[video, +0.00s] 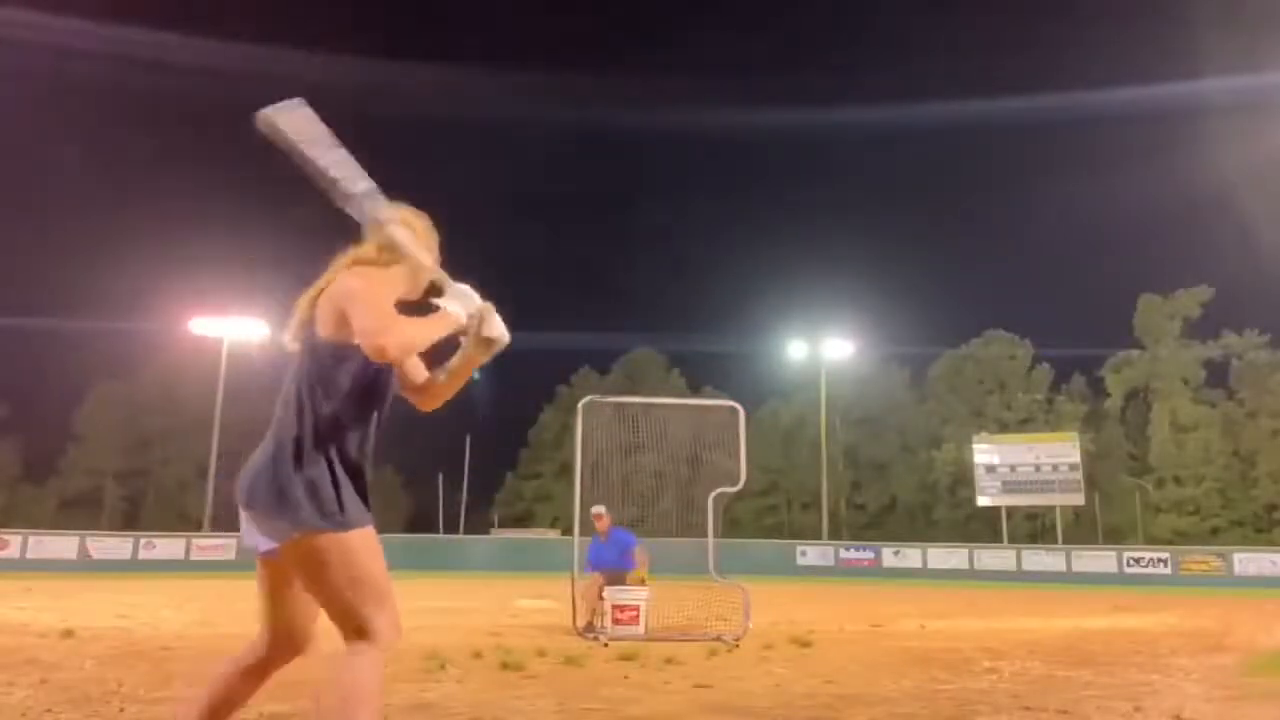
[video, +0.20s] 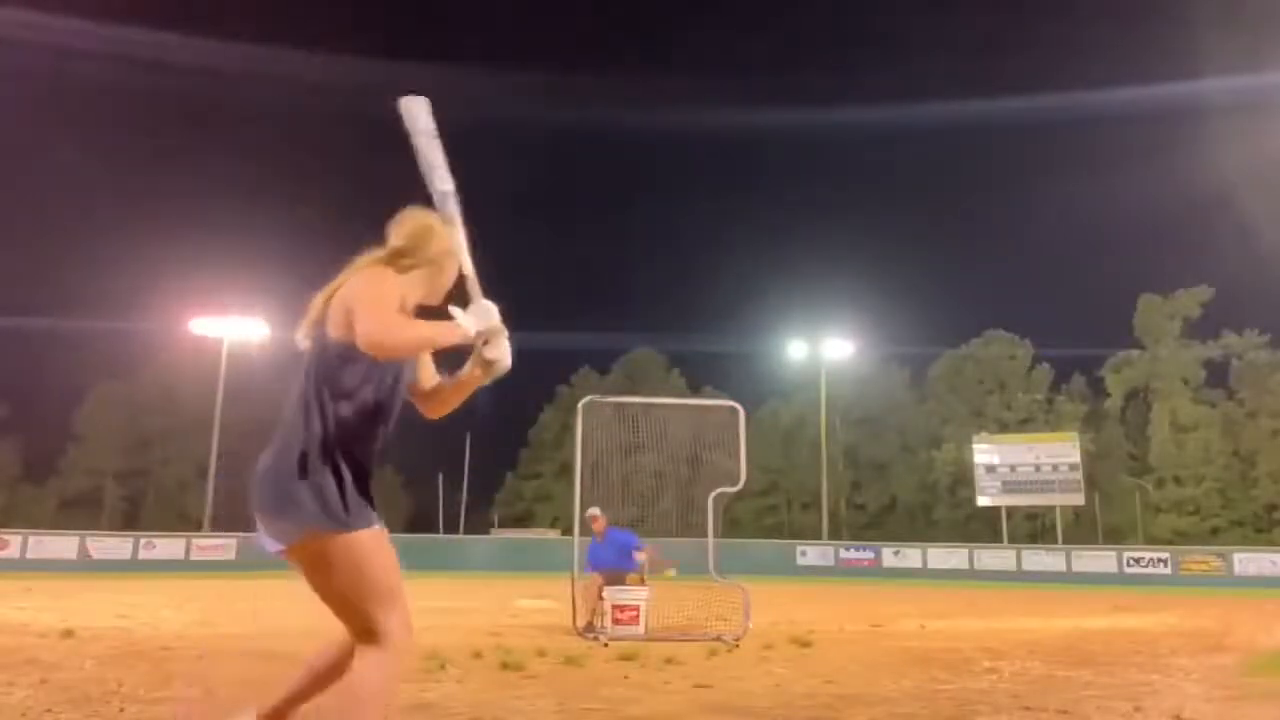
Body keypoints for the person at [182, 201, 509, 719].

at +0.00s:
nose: (430, 275)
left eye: (432, 266)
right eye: (430, 262)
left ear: (381, 247)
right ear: (414, 253)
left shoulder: (374, 309)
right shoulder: (360, 281)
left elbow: (427, 395)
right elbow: (382, 342)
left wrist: (478, 351)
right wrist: (452, 314)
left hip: (281, 480)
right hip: (307, 481)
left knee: (285, 637)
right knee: (374, 632)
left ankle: (199, 713)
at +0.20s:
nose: (454, 278)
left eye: (458, 270)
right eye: (455, 266)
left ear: (412, 256)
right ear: (438, 258)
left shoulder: (407, 321)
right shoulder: (376, 278)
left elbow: (431, 402)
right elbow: (377, 334)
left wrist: (477, 371)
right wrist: (463, 325)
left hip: (318, 482)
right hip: (309, 480)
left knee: (368, 634)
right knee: (390, 635)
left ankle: (272, 712)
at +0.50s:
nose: (484, 312)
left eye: (487, 304)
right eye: (484, 301)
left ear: (445, 280)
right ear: (471, 292)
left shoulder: (456, 339)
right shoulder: (406, 302)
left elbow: (473, 414)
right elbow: (339, 349)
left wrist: (474, 368)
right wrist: (431, 327)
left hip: (390, 500)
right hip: (336, 505)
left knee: (477, 601)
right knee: (406, 631)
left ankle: (416, 711)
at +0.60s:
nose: (497, 320)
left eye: (498, 313)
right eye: (496, 310)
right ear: (480, 301)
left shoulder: (468, 353)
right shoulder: (401, 317)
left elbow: (486, 411)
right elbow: (332, 340)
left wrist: (473, 353)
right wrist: (424, 313)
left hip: (402, 507)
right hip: (346, 508)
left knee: (479, 611)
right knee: (408, 634)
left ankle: (419, 707)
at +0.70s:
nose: (506, 331)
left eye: (506, 323)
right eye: (503, 320)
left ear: (486, 325)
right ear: (481, 312)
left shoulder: (482, 365)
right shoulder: (403, 331)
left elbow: (497, 404)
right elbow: (329, 329)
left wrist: (471, 345)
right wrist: (416, 312)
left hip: (418, 517)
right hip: (362, 515)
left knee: (470, 624)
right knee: (404, 641)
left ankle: (415, 701)